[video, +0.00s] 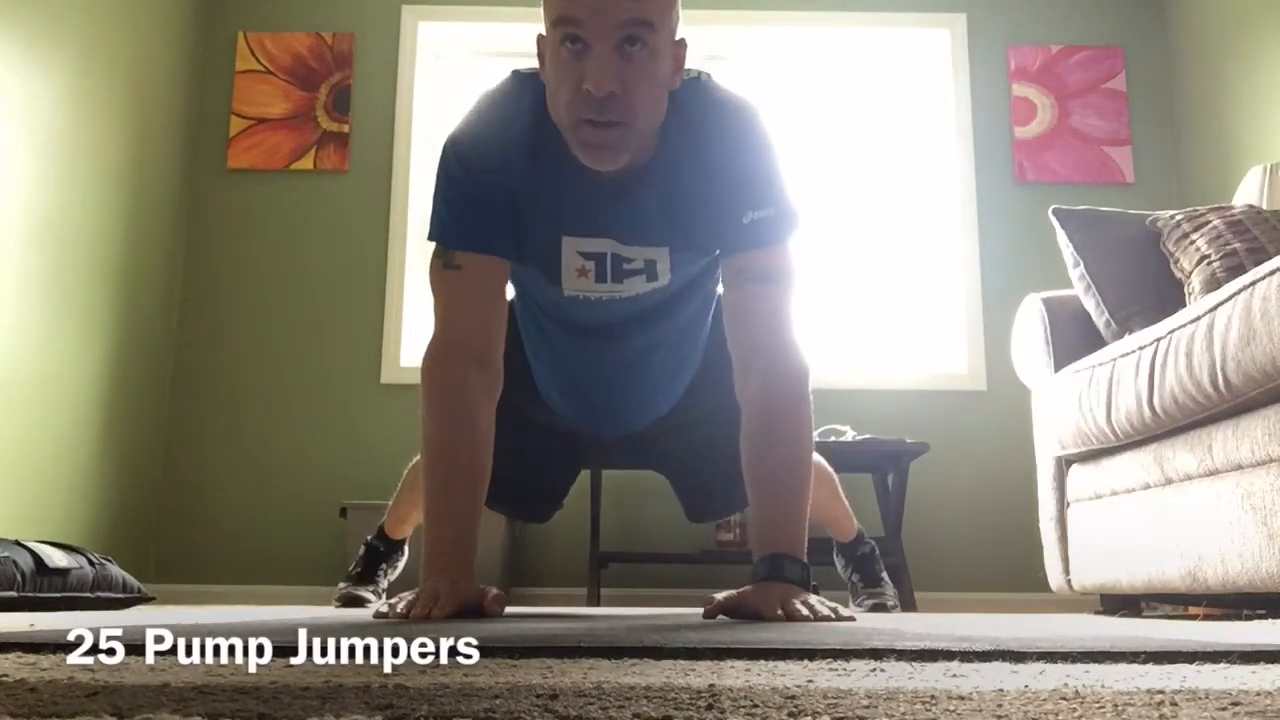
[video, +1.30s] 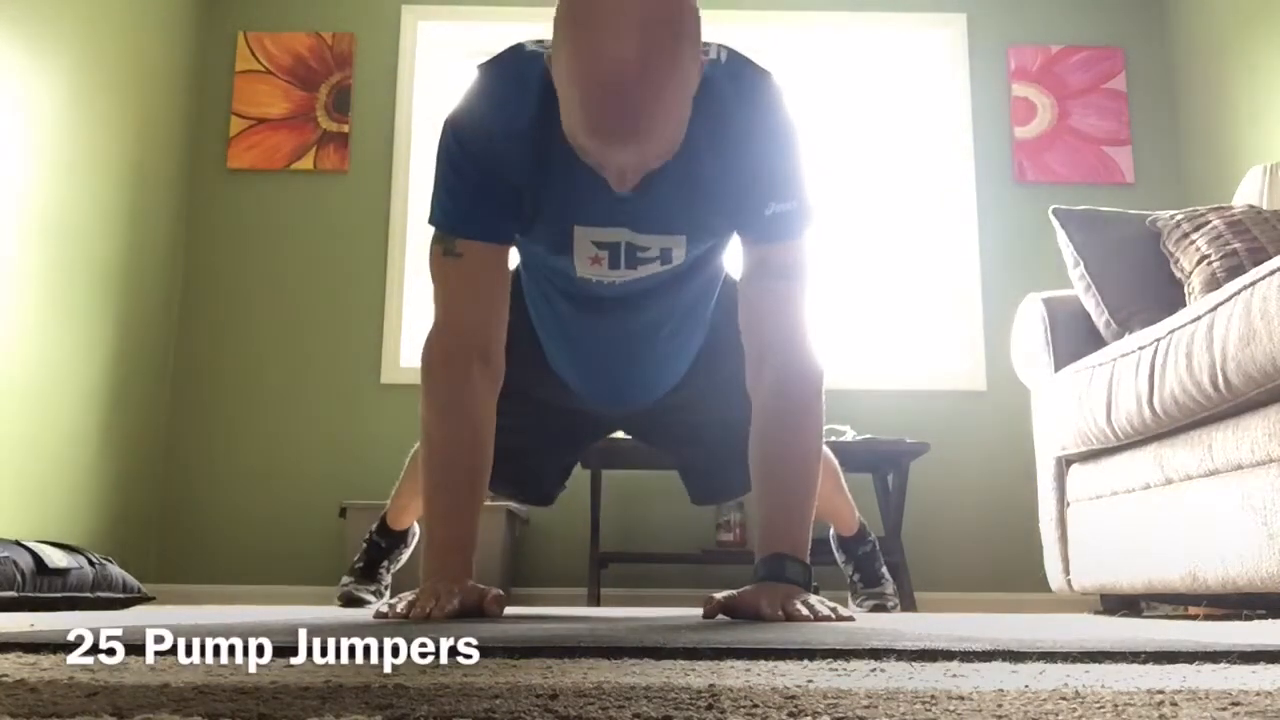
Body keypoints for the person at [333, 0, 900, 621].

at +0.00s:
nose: (598, 81)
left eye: (632, 45)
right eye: (575, 46)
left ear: (676, 58)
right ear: (543, 54)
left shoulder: (728, 136)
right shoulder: (490, 142)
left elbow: (770, 359)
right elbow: (462, 360)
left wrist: (782, 575)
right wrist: (446, 582)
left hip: (691, 384)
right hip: (538, 384)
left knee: (787, 470)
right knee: (448, 467)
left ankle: (860, 557)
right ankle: (382, 553)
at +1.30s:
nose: (626, 160)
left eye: (645, 134)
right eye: (602, 134)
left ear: (693, 54)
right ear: (561, 57)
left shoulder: (748, 108)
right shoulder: (494, 115)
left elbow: (783, 360)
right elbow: (462, 353)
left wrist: (784, 576)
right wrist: (446, 582)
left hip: (694, 330)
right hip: (544, 329)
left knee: (794, 454)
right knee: (449, 452)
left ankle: (859, 545)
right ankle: (385, 545)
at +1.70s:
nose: (623, 238)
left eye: (644, 225)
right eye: (600, 225)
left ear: (694, 139)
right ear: (552, 142)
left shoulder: (743, 122)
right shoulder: (496, 126)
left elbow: (782, 366)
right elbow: (463, 356)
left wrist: (779, 572)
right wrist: (448, 578)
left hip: (692, 329)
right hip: (539, 327)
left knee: (786, 438)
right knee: (455, 423)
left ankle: (858, 542)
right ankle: (387, 533)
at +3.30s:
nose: (623, 235)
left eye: (657, 199)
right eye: (591, 198)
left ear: (700, 179)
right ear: (554, 179)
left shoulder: (761, 233)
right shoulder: (479, 234)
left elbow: (797, 402)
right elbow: (440, 408)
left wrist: (779, 573)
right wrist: (447, 582)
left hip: (704, 420)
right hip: (532, 419)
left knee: (801, 469)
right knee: (435, 462)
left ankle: (859, 540)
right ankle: (380, 532)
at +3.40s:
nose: (627, 322)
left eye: (661, 282)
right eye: (593, 279)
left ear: (709, 268)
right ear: (551, 266)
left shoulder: (768, 306)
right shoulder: (471, 306)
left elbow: (804, 434)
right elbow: (435, 431)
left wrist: (781, 575)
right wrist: (445, 587)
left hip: (708, 465)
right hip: (530, 466)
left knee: (800, 482)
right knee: (437, 477)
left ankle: (859, 540)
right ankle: (374, 533)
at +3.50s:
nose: (627, 410)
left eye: (659, 369)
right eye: (596, 369)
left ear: (713, 344)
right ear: (547, 342)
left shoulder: (789, 369)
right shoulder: (462, 360)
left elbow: (825, 427)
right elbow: (418, 432)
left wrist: (781, 572)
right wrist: (448, 578)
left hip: (714, 530)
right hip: (525, 529)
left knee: (830, 521)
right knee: (417, 516)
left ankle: (860, 544)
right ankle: (369, 534)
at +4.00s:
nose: (628, 337)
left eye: (662, 306)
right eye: (604, 297)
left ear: (715, 281)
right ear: (563, 268)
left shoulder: (790, 340)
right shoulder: (471, 329)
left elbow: (826, 434)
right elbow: (421, 426)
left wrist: (778, 576)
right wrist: (446, 584)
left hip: (706, 585)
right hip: (531, 580)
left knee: (842, 534)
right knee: (402, 524)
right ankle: (382, 521)